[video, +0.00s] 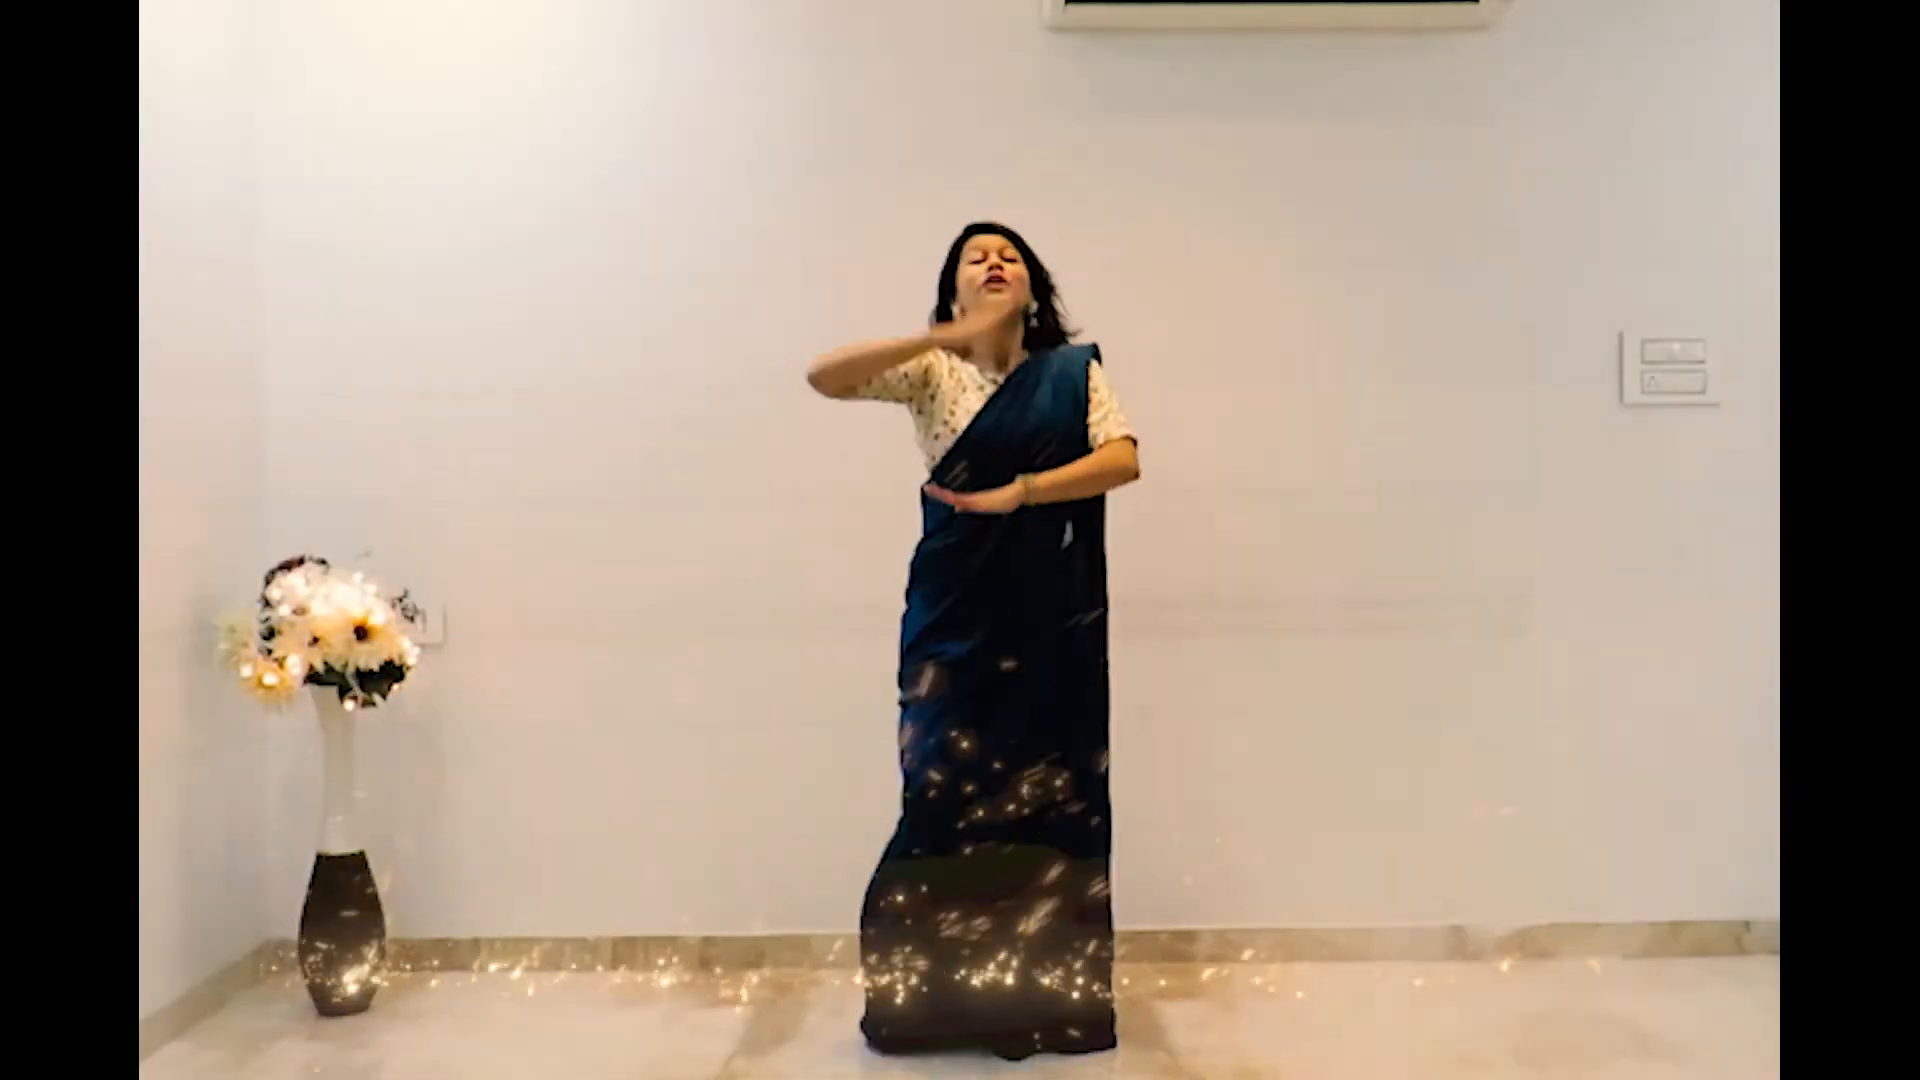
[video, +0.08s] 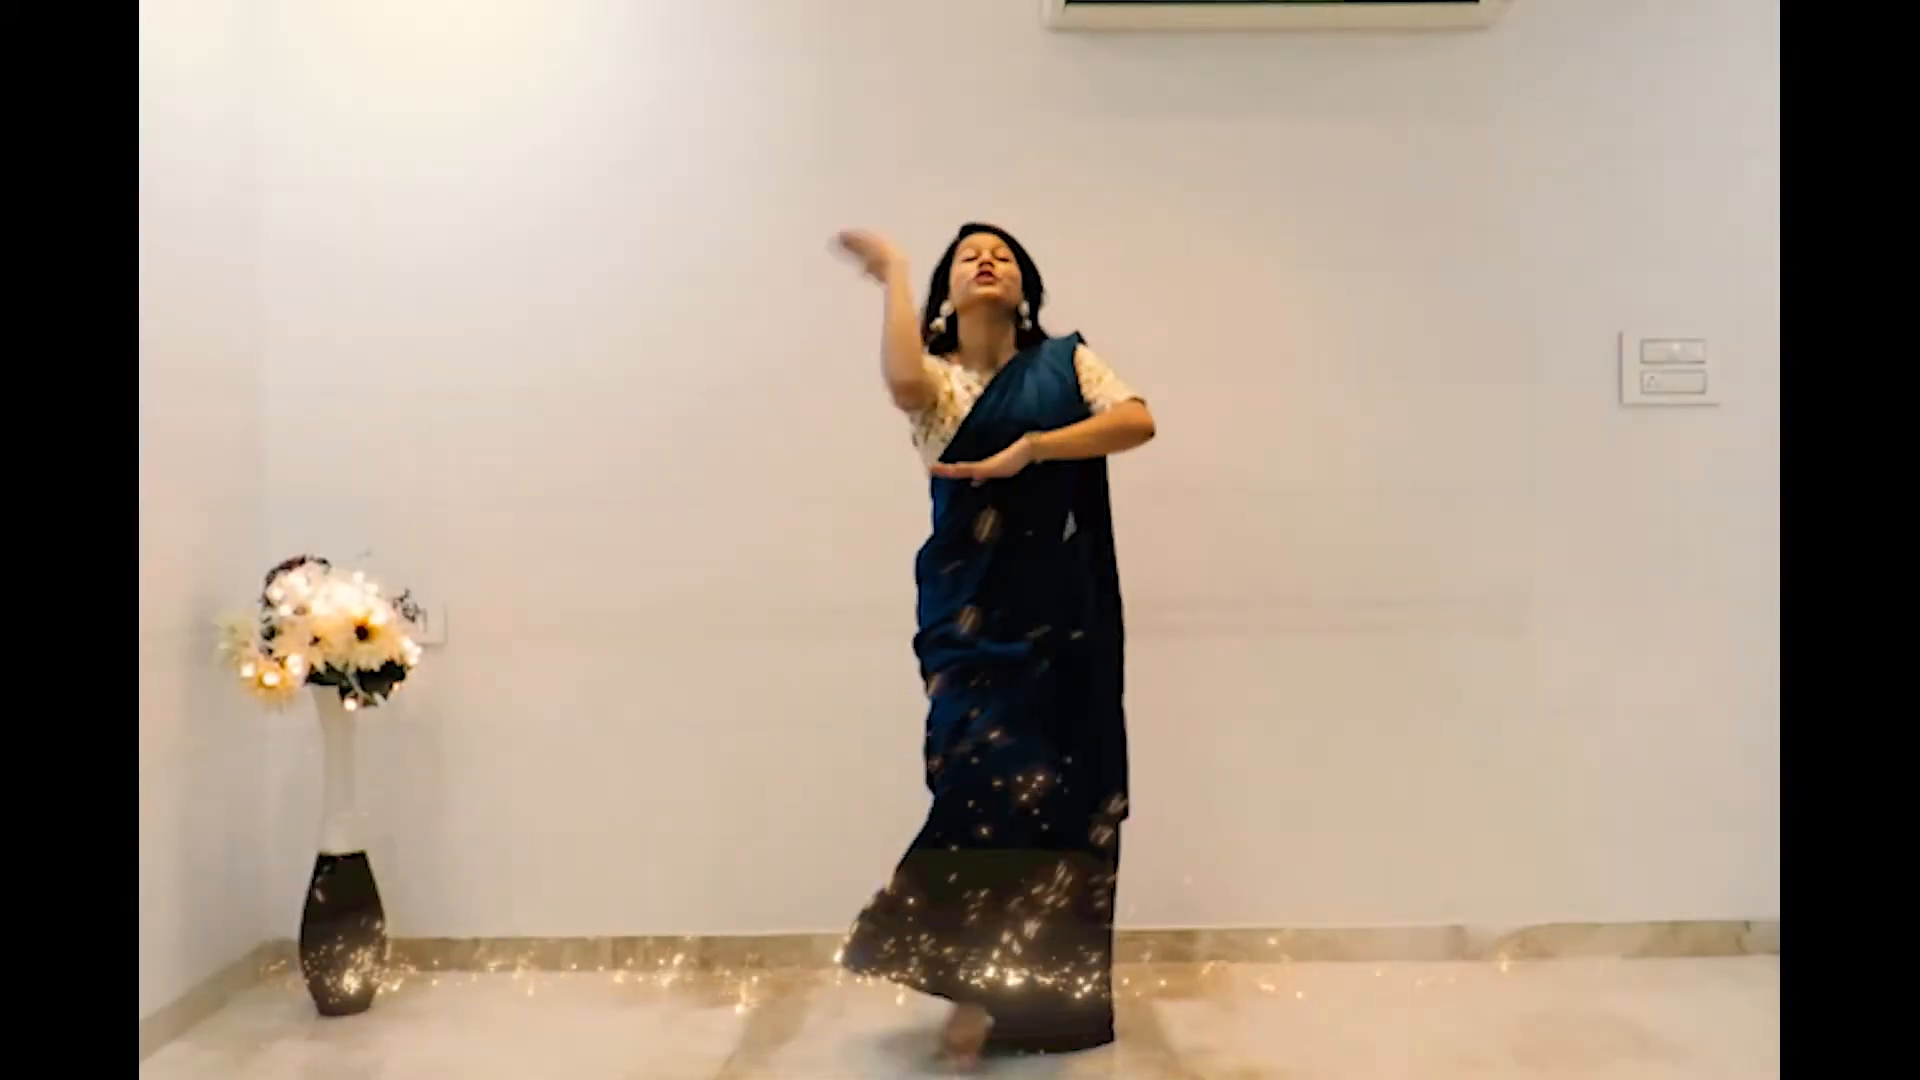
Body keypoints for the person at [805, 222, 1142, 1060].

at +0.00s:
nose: (994, 262)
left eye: (1009, 254)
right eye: (975, 256)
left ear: (1035, 290)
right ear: (953, 295)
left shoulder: (1074, 366)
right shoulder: (931, 373)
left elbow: (1122, 460)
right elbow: (824, 376)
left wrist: (1018, 492)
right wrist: (944, 334)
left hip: (1054, 620)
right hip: (952, 617)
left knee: (1053, 801)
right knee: (939, 794)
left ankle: (1043, 994)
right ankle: (919, 991)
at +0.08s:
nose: (985, 259)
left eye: (1002, 254)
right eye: (968, 254)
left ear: (1026, 292)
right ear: (946, 297)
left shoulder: (1066, 359)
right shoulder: (934, 382)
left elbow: (1136, 420)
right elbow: (904, 377)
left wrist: (1033, 445)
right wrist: (897, 273)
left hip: (1070, 615)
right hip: (970, 621)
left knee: (1072, 801)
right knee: (990, 794)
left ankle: (1053, 991)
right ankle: (974, 993)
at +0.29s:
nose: (989, 305)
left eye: (1004, 298)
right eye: (973, 295)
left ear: (1024, 327)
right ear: (943, 322)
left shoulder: (1059, 403)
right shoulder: (927, 414)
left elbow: (1140, 454)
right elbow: (949, 469)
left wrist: (1038, 468)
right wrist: (890, 365)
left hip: (1080, 644)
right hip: (988, 656)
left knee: (1107, 824)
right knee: (1020, 835)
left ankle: (1129, 1026)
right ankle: (1043, 1027)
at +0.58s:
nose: (1002, 249)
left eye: (1018, 240)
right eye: (984, 242)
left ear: (1045, 271)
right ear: (956, 274)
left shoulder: (1072, 355)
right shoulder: (940, 348)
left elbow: (1087, 447)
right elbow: (874, 293)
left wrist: (975, 422)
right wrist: (989, 323)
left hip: (1026, 595)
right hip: (937, 591)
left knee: (1024, 788)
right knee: (915, 774)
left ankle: (1022, 994)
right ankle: (895, 962)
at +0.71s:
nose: (1007, 281)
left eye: (1023, 270)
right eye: (991, 269)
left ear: (1050, 294)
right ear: (966, 291)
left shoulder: (1079, 400)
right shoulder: (925, 377)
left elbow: (1083, 527)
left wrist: (978, 506)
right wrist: (976, 442)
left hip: (1017, 622)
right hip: (924, 615)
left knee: (998, 799)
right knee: (907, 794)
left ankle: (1003, 987)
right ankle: (902, 984)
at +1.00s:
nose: (989, 253)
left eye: (1005, 247)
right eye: (972, 244)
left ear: (1027, 281)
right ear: (947, 279)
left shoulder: (1063, 370)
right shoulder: (925, 371)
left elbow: (1123, 476)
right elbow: (936, 349)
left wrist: (1101, 550)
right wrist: (939, 256)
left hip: (1032, 618)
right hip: (937, 616)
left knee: (1021, 821)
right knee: (939, 818)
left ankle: (1010, 1030)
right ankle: (937, 1030)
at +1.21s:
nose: (978, 285)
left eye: (996, 274)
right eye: (964, 275)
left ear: (1026, 302)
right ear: (945, 303)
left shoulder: (1066, 389)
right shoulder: (921, 396)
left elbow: (1128, 502)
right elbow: (927, 506)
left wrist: (1082, 603)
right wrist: (865, 459)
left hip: (1037, 644)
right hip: (945, 643)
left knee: (1034, 831)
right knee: (916, 821)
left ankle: (1038, 1038)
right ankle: (956, 1040)